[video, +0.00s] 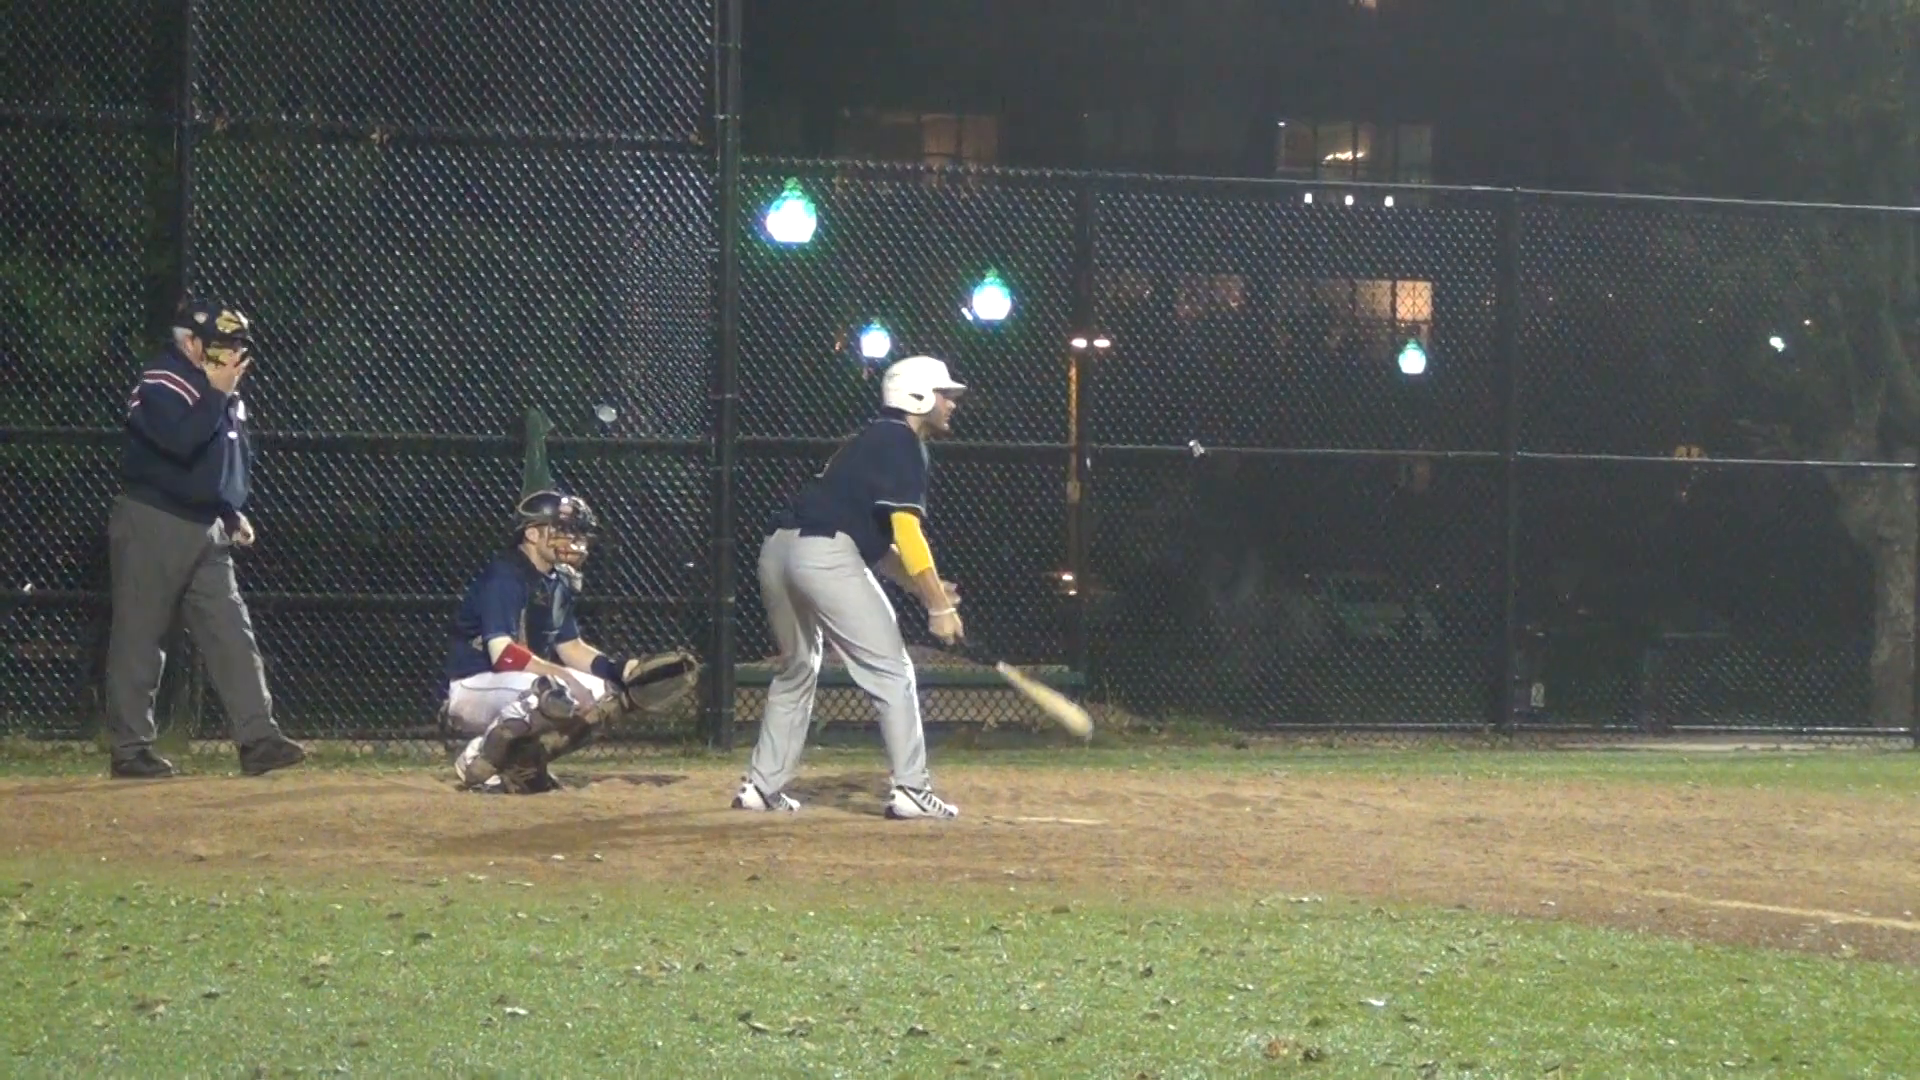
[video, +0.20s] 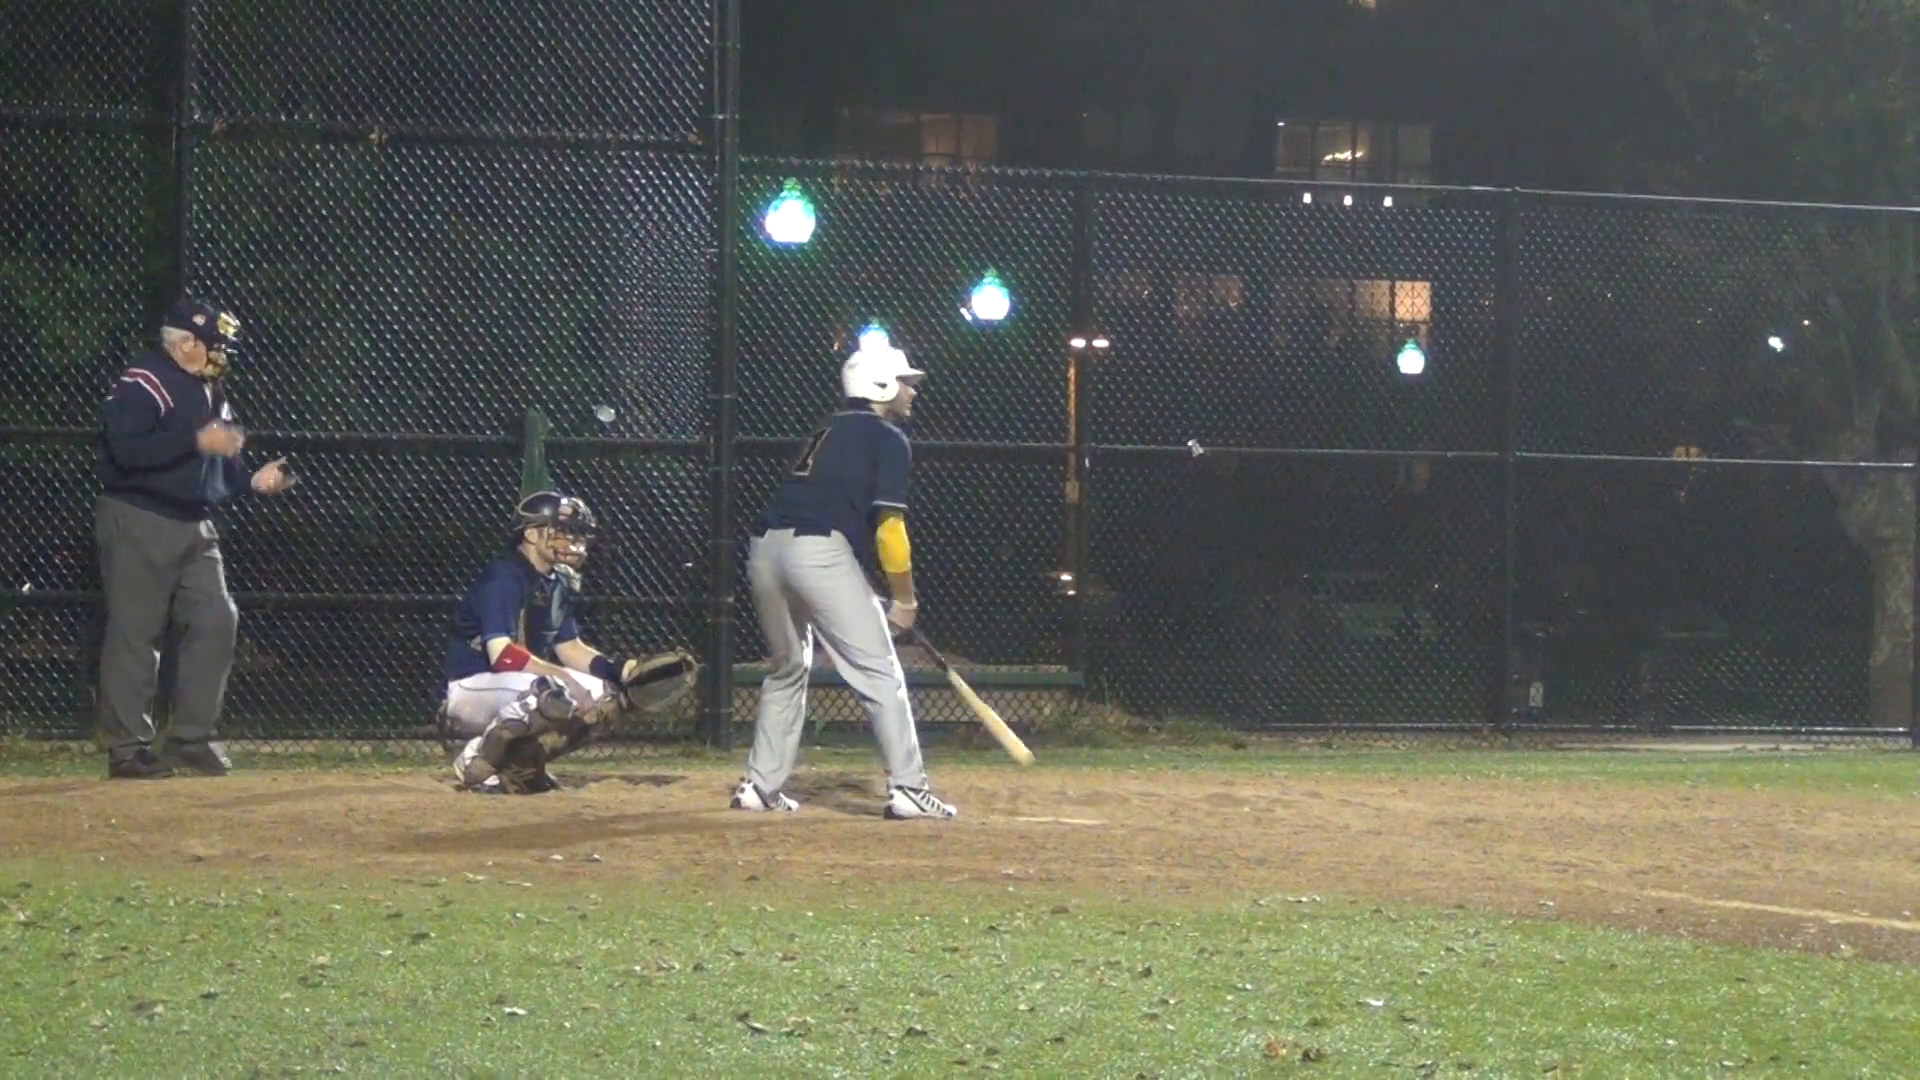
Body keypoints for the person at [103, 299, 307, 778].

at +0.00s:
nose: (233, 360)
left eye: (237, 352)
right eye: (224, 349)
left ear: (238, 354)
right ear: (195, 343)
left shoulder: (226, 393)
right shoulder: (162, 380)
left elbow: (230, 460)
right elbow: (179, 439)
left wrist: (234, 510)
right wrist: (218, 392)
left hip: (206, 530)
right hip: (152, 524)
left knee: (231, 634)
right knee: (139, 637)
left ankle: (259, 742)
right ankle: (131, 749)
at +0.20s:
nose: (216, 353)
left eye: (215, 344)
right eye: (209, 343)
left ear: (202, 346)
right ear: (185, 342)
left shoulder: (212, 394)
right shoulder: (143, 380)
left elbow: (213, 470)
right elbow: (127, 449)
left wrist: (250, 480)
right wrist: (196, 439)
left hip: (194, 528)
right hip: (138, 523)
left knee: (215, 621)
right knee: (136, 631)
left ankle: (190, 740)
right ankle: (127, 748)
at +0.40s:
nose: (221, 355)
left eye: (222, 347)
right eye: (214, 345)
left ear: (203, 345)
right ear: (187, 341)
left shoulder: (211, 393)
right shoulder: (143, 376)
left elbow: (224, 466)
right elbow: (99, 440)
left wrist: (271, 453)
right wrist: (128, 500)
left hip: (184, 528)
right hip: (134, 525)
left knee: (176, 634)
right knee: (134, 631)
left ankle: (164, 742)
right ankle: (126, 747)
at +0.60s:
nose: (222, 360)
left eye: (224, 352)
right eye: (217, 350)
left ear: (206, 350)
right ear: (190, 344)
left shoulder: (210, 397)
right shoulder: (144, 374)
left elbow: (222, 463)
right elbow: (82, 425)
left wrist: (273, 450)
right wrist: (82, 493)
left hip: (176, 528)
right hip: (126, 521)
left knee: (167, 627)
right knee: (147, 621)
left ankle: (161, 739)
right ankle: (128, 742)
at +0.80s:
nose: (211, 356)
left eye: (213, 348)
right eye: (205, 346)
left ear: (194, 347)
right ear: (180, 340)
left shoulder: (198, 394)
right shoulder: (134, 370)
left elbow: (212, 465)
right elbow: (77, 426)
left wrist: (266, 450)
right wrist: (78, 492)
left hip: (173, 525)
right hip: (123, 516)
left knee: (168, 628)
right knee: (140, 620)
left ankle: (157, 743)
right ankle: (109, 739)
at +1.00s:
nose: (190, 347)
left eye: (193, 339)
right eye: (182, 337)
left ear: (187, 340)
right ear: (154, 334)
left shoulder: (187, 392)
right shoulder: (117, 373)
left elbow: (195, 469)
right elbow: (77, 438)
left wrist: (238, 464)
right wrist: (85, 510)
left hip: (166, 525)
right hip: (119, 521)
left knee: (155, 634)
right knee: (108, 632)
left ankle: (150, 746)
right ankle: (87, 749)